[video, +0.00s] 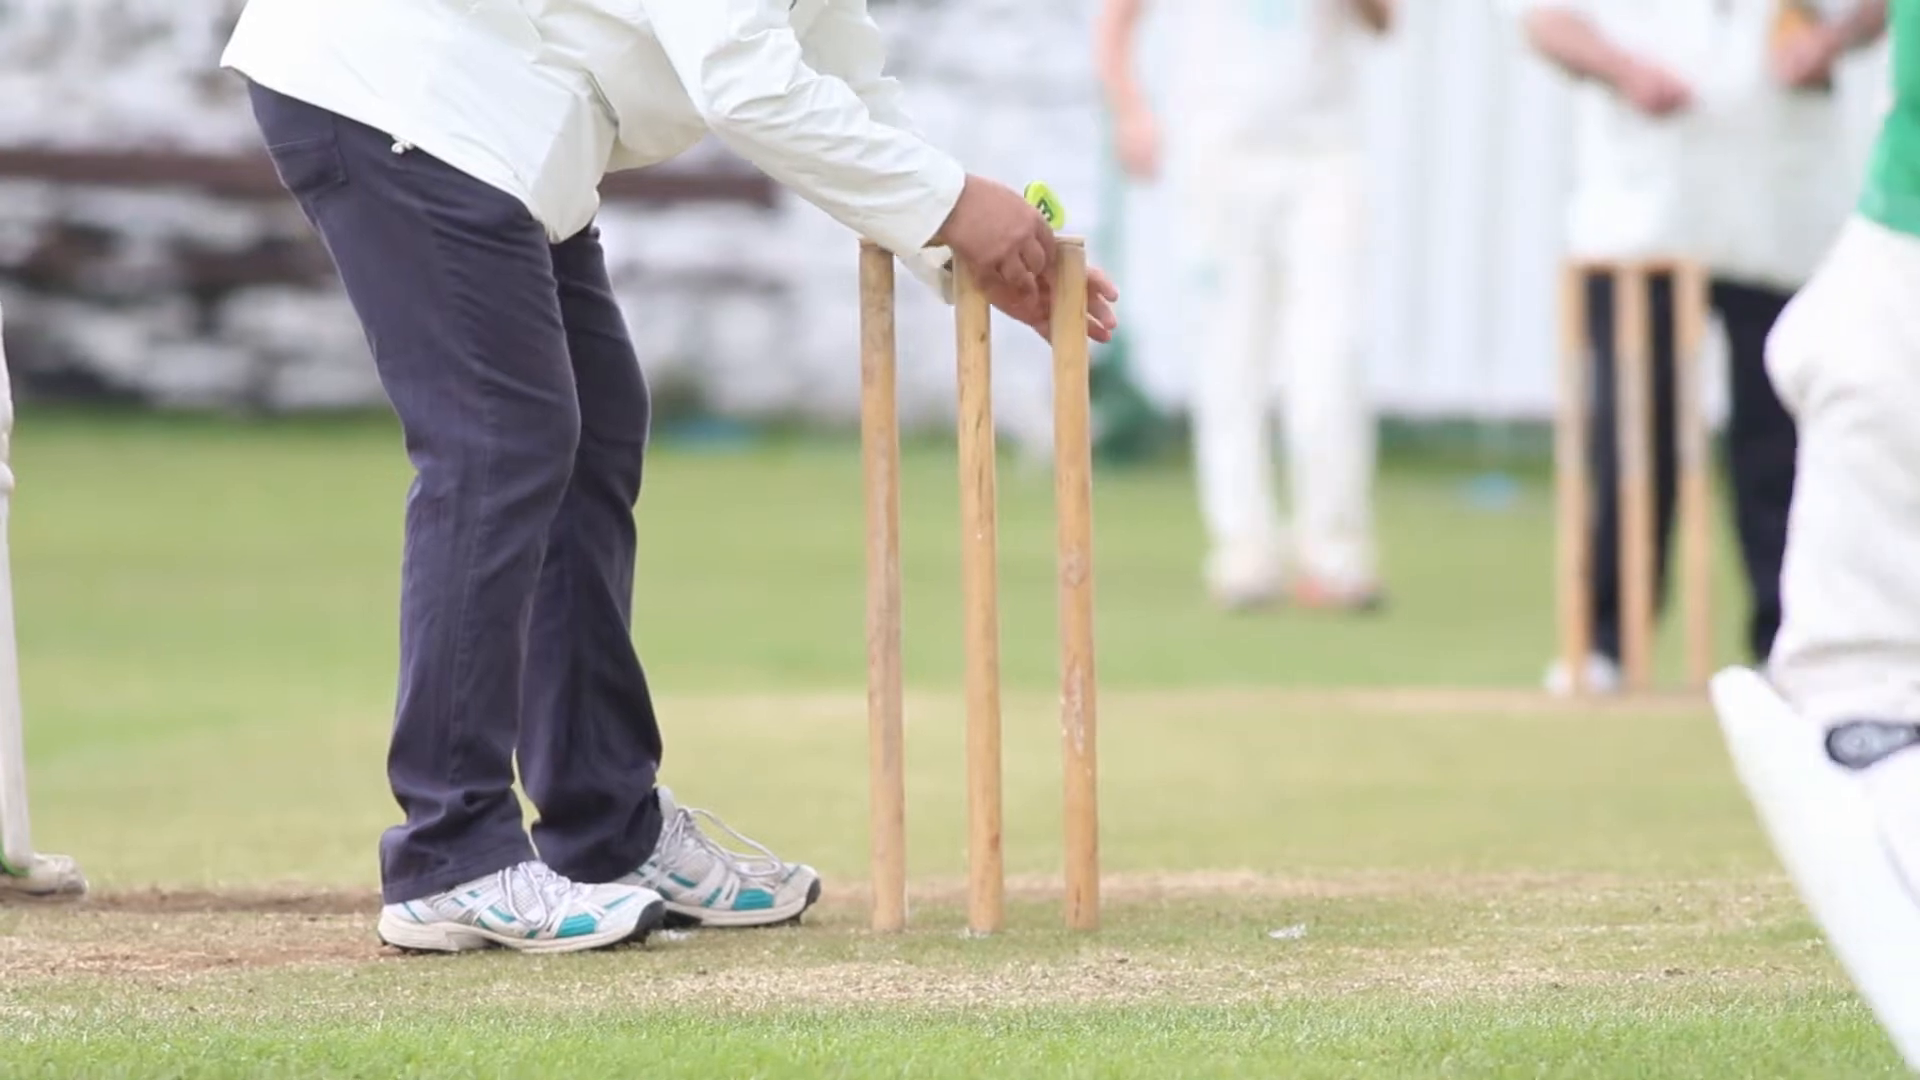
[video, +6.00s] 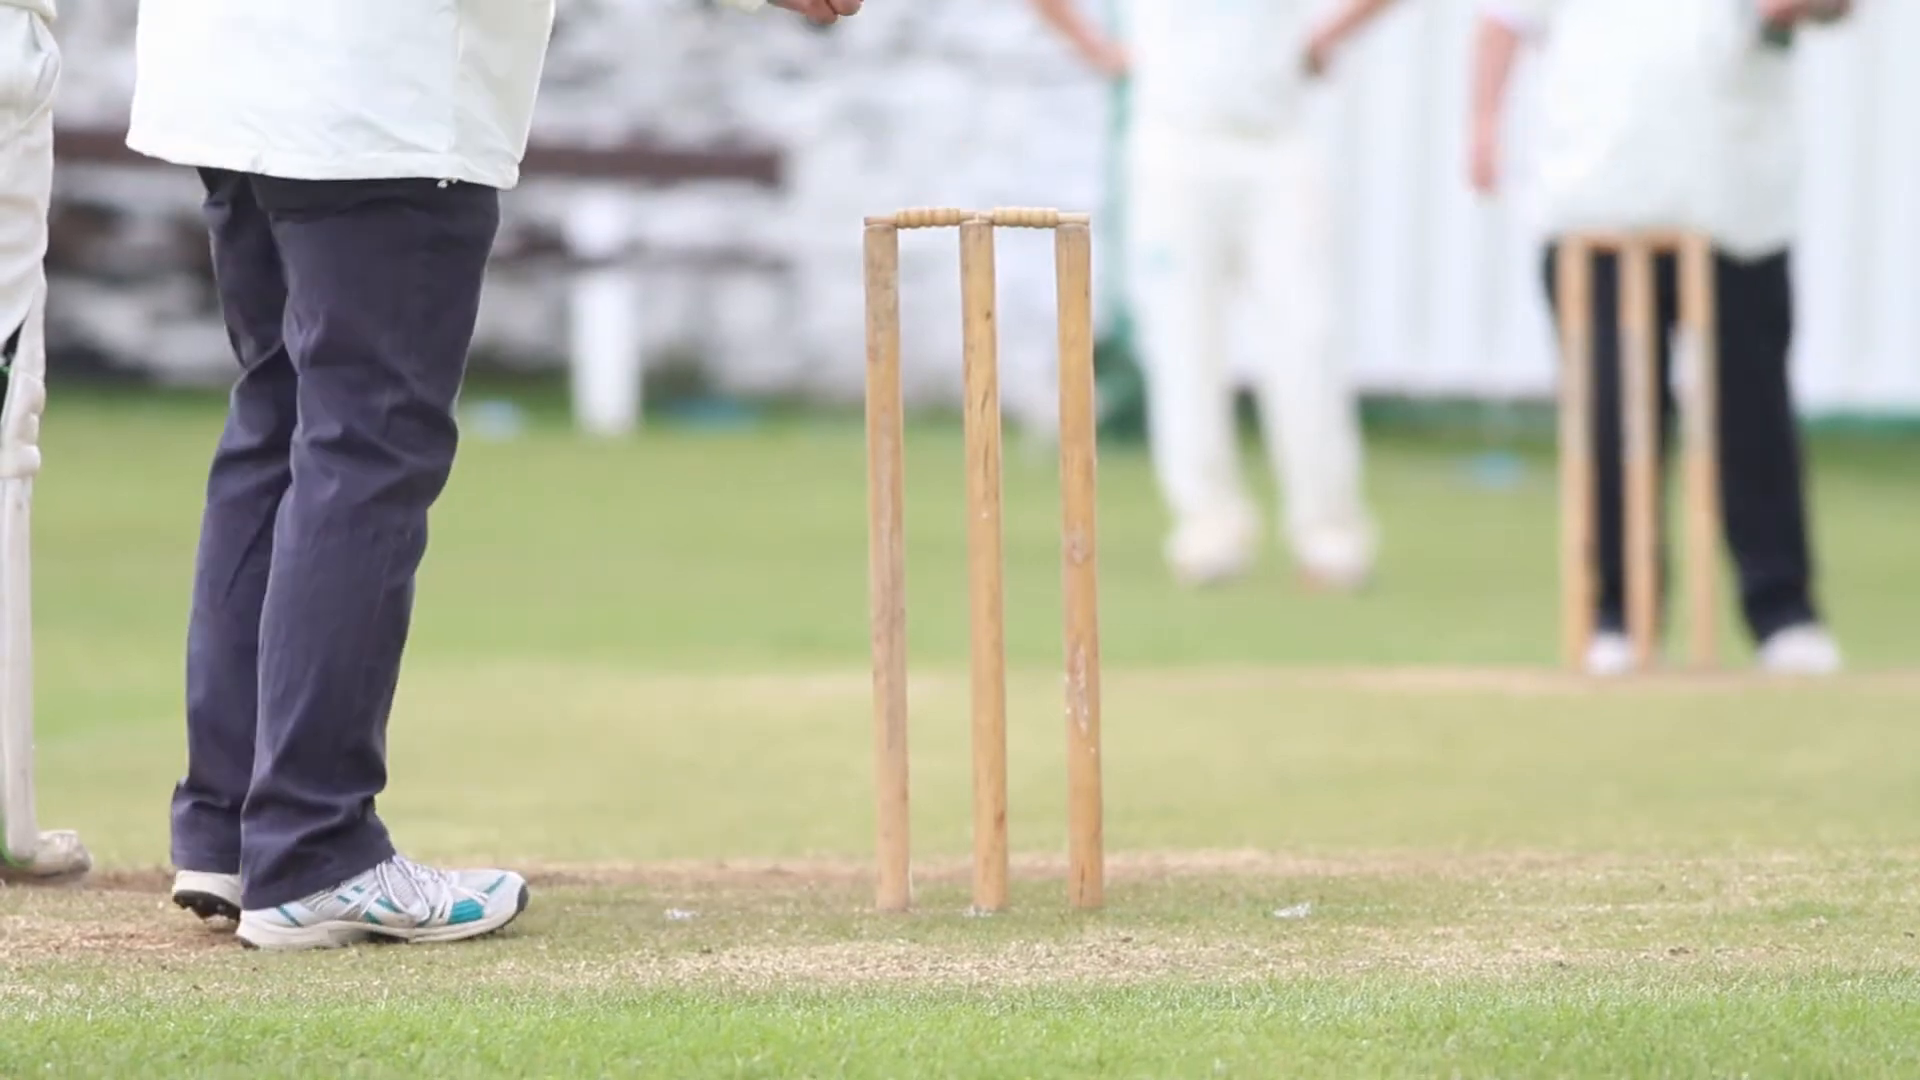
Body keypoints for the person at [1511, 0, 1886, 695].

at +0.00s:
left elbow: (1875, 9)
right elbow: (1544, 19)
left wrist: (1827, 38)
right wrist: (1626, 69)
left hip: (1784, 199)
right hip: (1638, 198)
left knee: (1777, 447)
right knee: (1627, 439)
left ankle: (1787, 651)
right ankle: (1605, 648)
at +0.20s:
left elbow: (1868, 7)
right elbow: (1511, 10)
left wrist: (1813, 30)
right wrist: (1551, 42)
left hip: (1761, 191)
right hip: (1620, 189)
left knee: (1770, 438)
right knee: (1619, 439)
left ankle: (1786, 641)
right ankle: (1603, 646)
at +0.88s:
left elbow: (1855, 10)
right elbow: (1518, 31)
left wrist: (1815, 20)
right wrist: (1537, 154)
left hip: (1758, 208)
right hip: (1622, 212)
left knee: (1769, 442)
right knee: (1617, 448)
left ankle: (1786, 639)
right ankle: (1603, 644)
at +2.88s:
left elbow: (1855, 10)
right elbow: (1531, 27)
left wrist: (1805, 13)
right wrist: (1518, 164)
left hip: (1752, 198)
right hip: (1615, 199)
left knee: (1761, 427)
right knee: (1631, 438)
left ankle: (1785, 628)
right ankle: (1651, 635)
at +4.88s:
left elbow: (1884, 27)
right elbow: (1630, 23)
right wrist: (1620, 158)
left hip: (1845, 195)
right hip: (1707, 187)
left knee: (1818, 429)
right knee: (1700, 418)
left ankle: (1796, 624)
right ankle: (1674, 618)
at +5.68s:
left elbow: (1854, 7)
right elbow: (1530, 22)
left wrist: (1804, 8)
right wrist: (1513, 160)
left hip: (1751, 193)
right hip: (1610, 192)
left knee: (1759, 421)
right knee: (1619, 427)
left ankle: (1786, 620)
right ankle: (1617, 624)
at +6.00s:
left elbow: (1836, 9)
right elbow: (1502, 17)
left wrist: (1794, 10)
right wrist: (1484, 131)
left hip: (1738, 193)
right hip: (1595, 191)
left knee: (1755, 422)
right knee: (1613, 423)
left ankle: (1786, 620)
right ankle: (1614, 623)